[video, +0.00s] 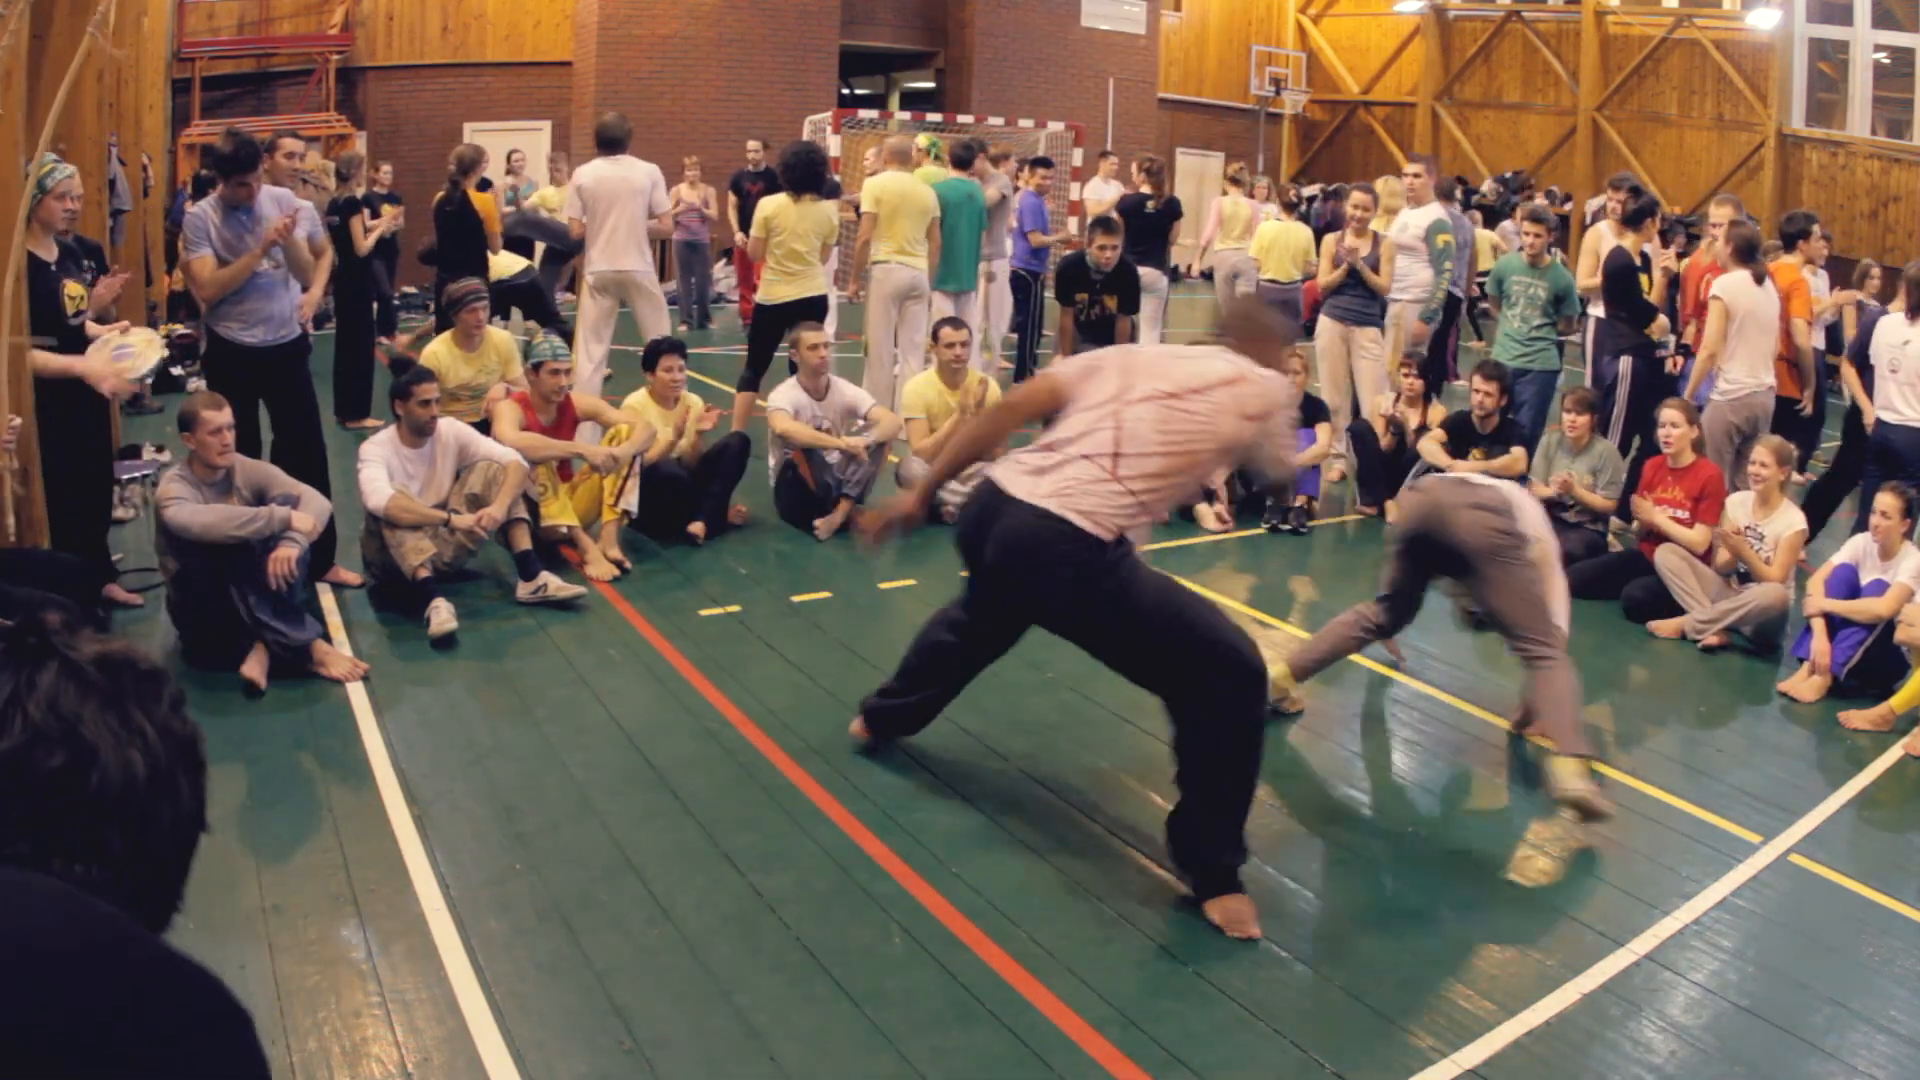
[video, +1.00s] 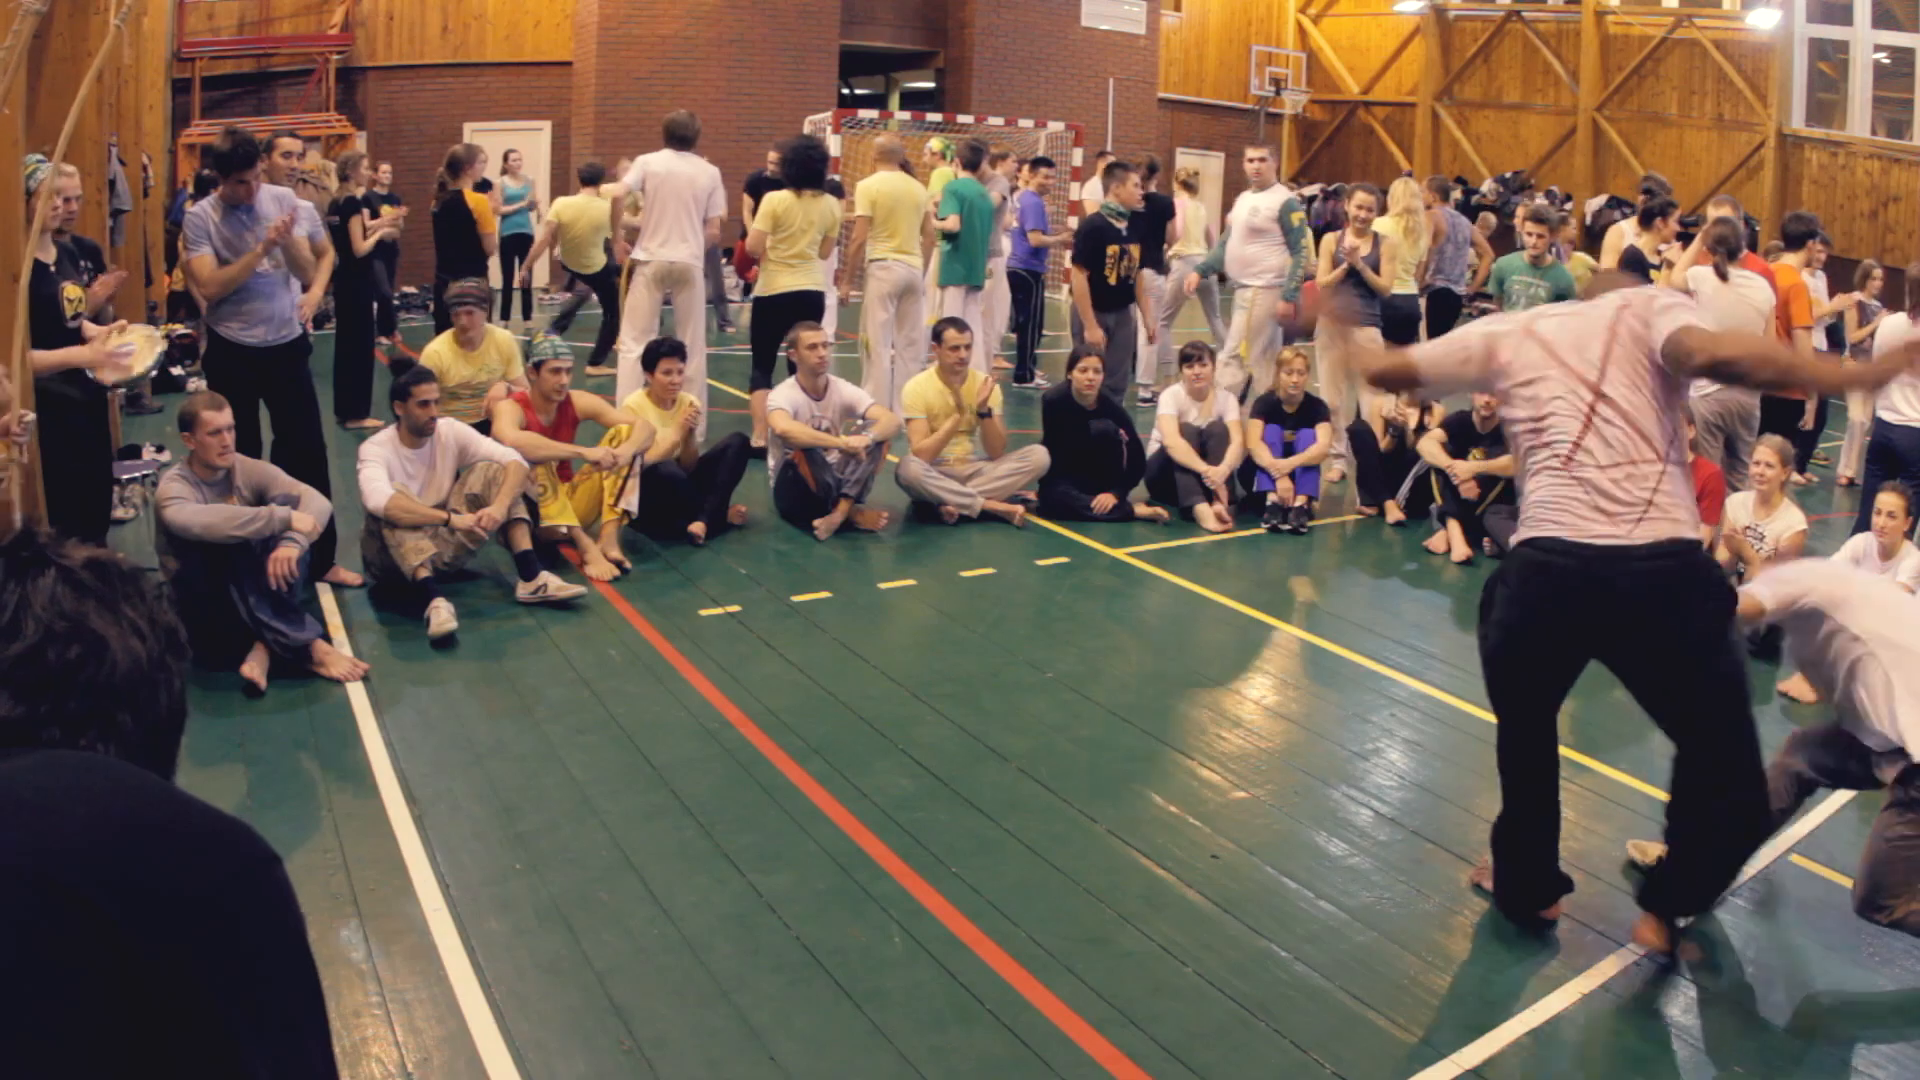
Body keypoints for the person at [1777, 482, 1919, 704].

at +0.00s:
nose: (1875, 521)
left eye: (1885, 516)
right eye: (1873, 513)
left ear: (1905, 525)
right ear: (1869, 513)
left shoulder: (1912, 559)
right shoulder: (1860, 542)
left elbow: (1886, 610)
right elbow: (1815, 581)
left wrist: (1823, 604)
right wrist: (1820, 638)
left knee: (1877, 587)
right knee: (1844, 572)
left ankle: (1823, 676)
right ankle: (1807, 666)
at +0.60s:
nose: (1879, 523)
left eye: (1889, 516)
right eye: (1876, 513)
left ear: (1906, 524)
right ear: (1871, 515)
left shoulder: (1913, 558)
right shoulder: (1860, 541)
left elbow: (1888, 606)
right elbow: (1817, 579)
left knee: (1877, 586)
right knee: (1845, 572)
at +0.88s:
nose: (1880, 524)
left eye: (1891, 516)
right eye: (1877, 513)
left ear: (1907, 523)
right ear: (1871, 515)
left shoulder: (1912, 558)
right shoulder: (1860, 541)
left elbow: (1888, 606)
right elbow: (1814, 581)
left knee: (1876, 586)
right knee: (1844, 572)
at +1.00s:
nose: (1881, 523)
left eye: (1891, 516)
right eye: (1877, 513)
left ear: (1907, 524)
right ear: (1871, 515)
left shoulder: (1913, 560)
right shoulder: (1860, 543)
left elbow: (1890, 605)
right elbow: (1826, 575)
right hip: (1853, 620)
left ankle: (1817, 678)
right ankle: (1809, 673)